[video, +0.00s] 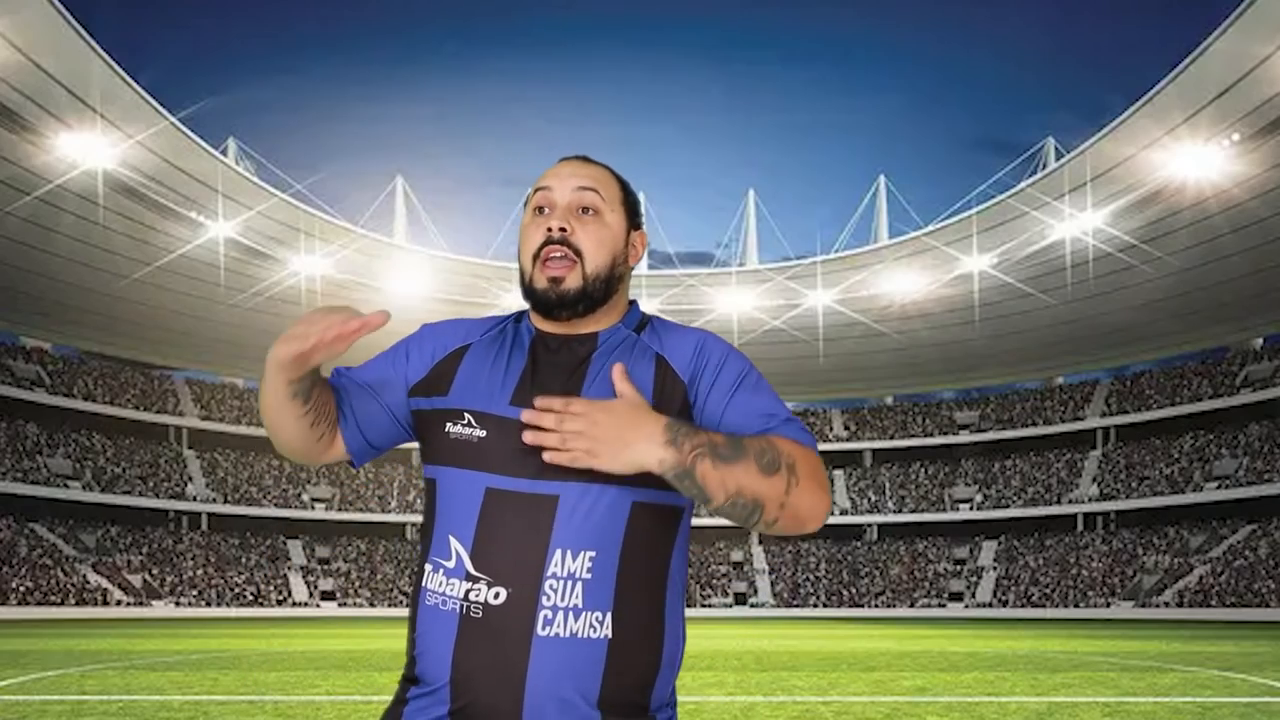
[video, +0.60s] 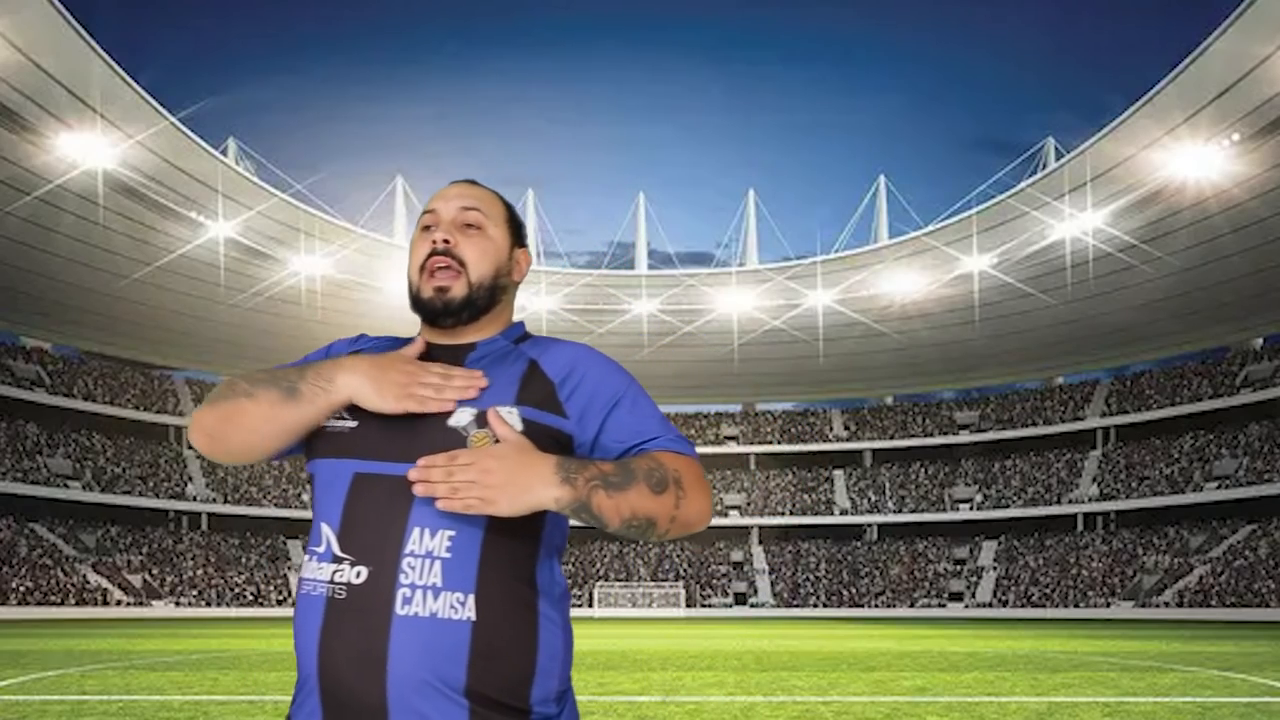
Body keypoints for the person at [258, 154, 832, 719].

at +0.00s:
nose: (555, 225)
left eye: (584, 212)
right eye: (540, 210)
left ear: (633, 247)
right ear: (519, 241)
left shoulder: (694, 365)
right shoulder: (444, 353)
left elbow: (806, 500)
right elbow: (318, 437)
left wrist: (663, 444)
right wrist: (286, 373)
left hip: (612, 706)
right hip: (440, 700)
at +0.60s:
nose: (439, 232)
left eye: (470, 223)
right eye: (427, 224)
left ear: (517, 265)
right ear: (409, 260)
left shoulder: (568, 374)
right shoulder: (349, 362)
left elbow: (687, 497)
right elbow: (209, 432)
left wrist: (552, 480)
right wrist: (342, 380)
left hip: (500, 702)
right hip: (333, 701)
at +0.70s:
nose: (416, 233)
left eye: (445, 221)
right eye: (402, 225)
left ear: (495, 261)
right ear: (387, 263)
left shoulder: (545, 375)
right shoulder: (320, 359)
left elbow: (665, 498)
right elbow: (169, 360)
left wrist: (535, 461)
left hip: (478, 704)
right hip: (308, 702)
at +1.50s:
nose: (374, 227)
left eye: (407, 212)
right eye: (360, 214)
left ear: (463, 247)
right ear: (341, 243)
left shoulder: (529, 359)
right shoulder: (306, 325)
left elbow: (662, 487)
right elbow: (193, 210)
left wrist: (521, 445)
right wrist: (152, 46)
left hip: (478, 705)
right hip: (306, 702)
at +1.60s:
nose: (376, 225)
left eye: (410, 208)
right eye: (363, 211)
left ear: (469, 245)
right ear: (348, 243)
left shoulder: (541, 358)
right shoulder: (309, 334)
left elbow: (683, 482)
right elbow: (174, 270)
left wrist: (545, 428)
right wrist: (181, 110)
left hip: (489, 706)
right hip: (318, 702)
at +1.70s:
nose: (380, 217)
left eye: (414, 201)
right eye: (368, 205)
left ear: (474, 241)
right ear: (349, 238)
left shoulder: (545, 355)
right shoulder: (301, 340)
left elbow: (681, 494)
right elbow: (158, 339)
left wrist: (550, 425)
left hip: (492, 706)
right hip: (317, 704)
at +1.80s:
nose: (368, 205)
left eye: (404, 192)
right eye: (356, 196)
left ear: (464, 234)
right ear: (340, 234)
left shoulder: (542, 351)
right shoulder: (300, 345)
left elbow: (653, 514)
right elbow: (124, 402)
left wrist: (532, 467)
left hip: (476, 708)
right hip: (299, 706)